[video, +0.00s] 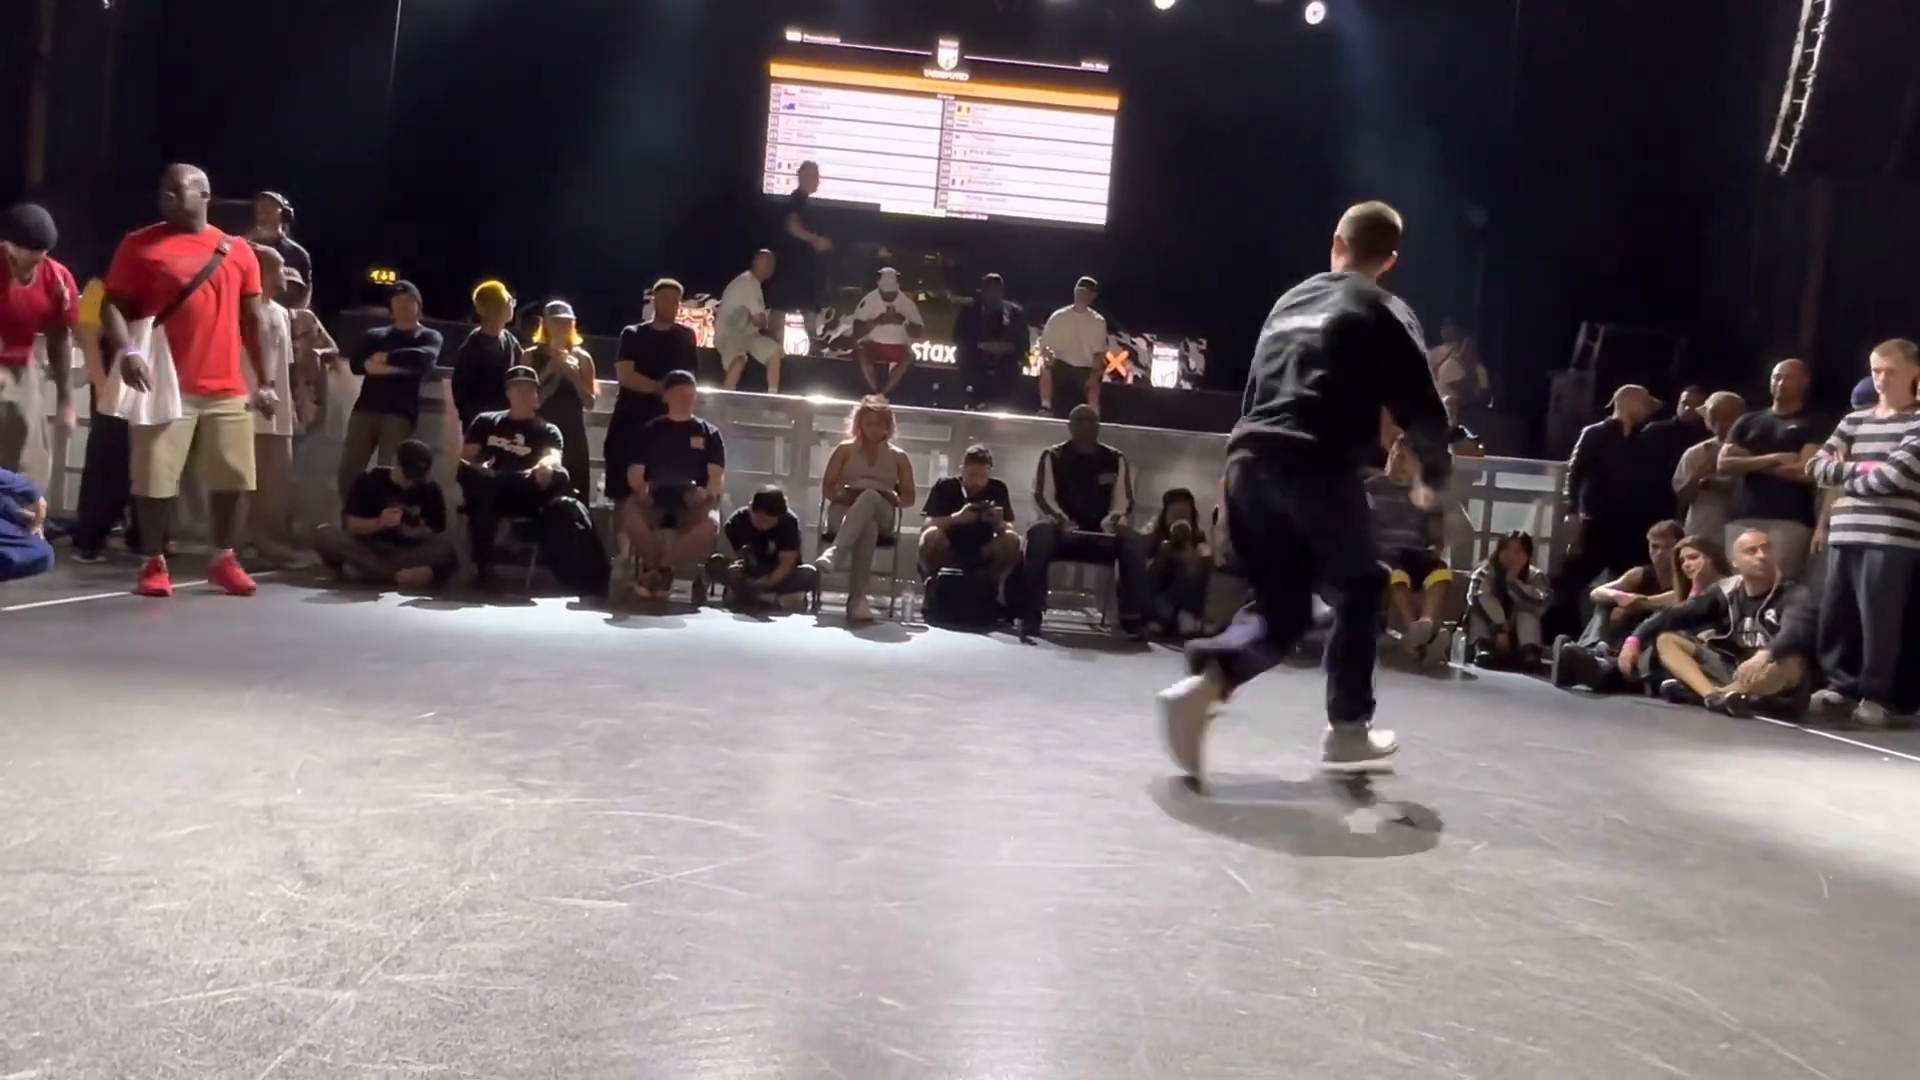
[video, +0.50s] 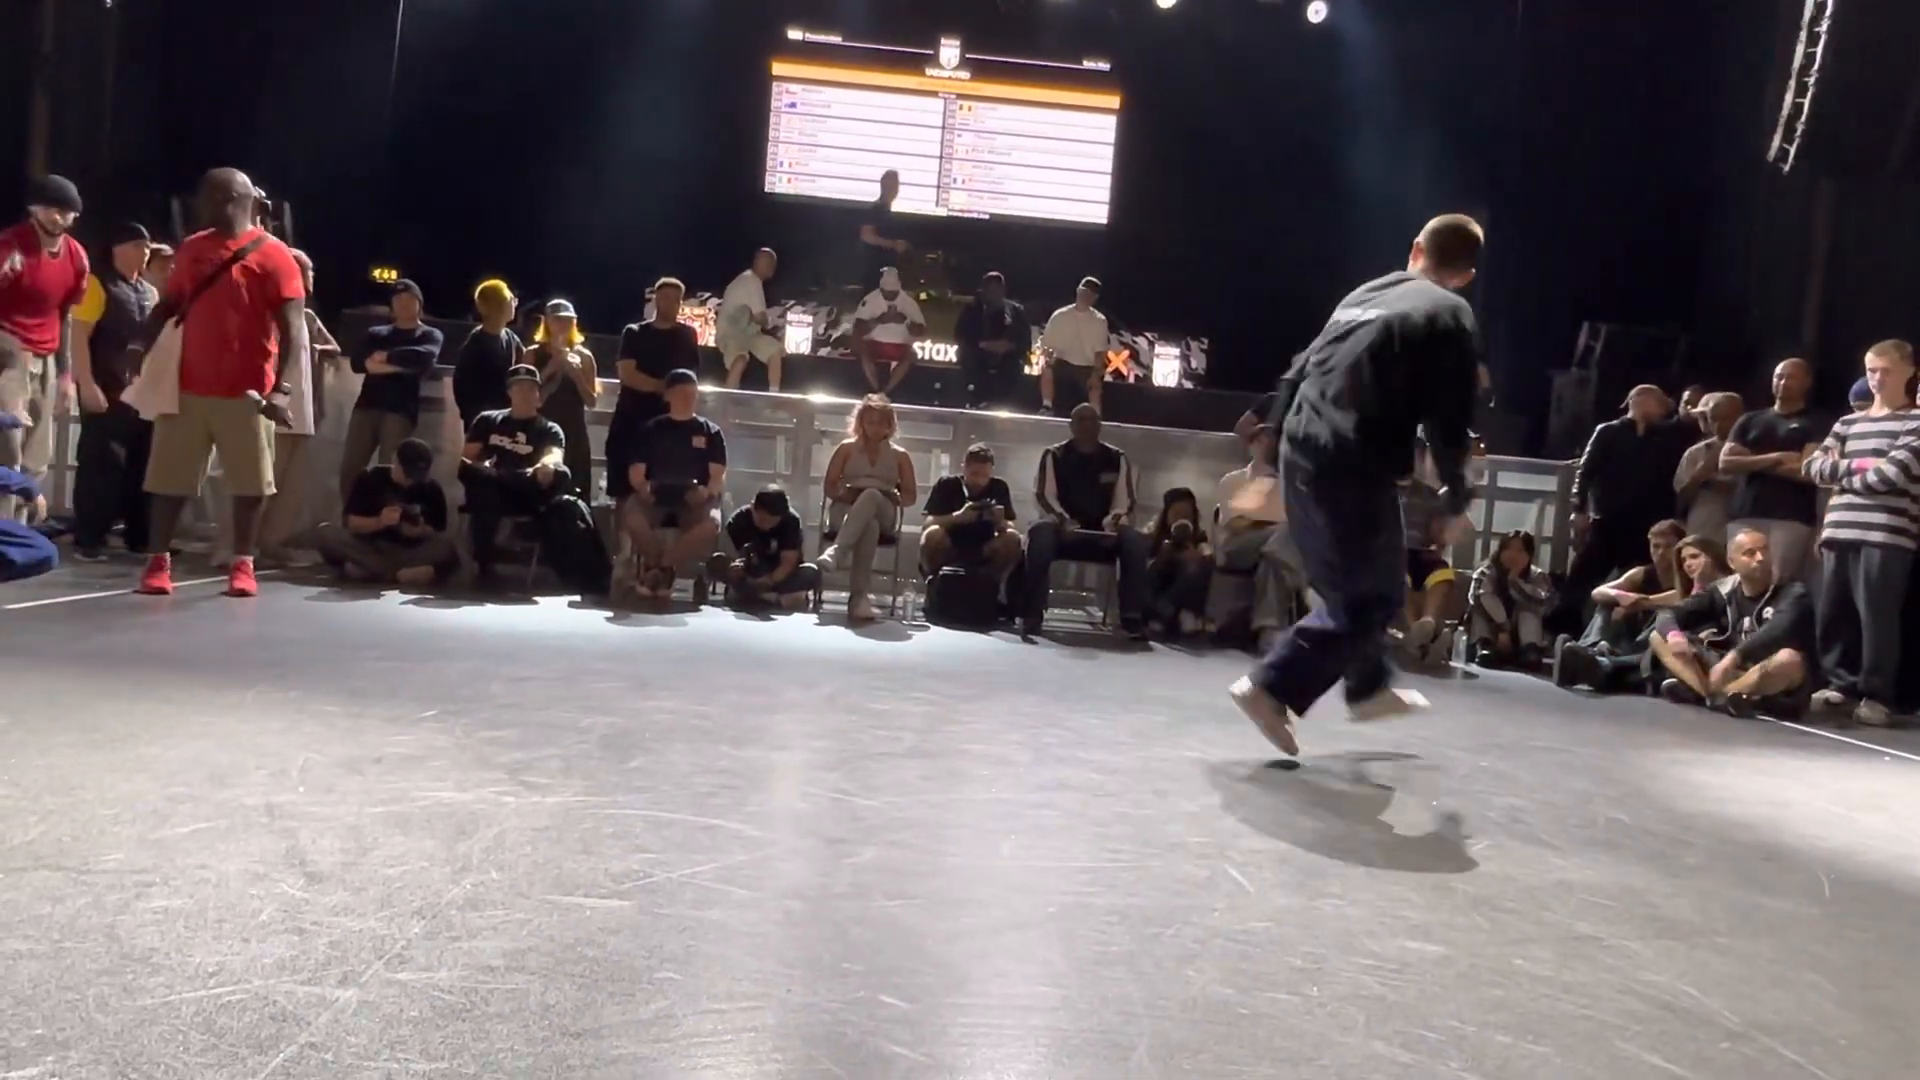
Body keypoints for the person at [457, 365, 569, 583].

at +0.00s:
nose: (527, 395)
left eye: (531, 390)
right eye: (521, 389)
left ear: (537, 395)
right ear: (508, 393)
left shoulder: (549, 430)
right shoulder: (485, 422)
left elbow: (551, 458)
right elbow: (464, 464)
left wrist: (543, 469)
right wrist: (480, 468)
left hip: (528, 485)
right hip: (493, 483)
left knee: (558, 477)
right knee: (473, 479)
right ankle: (483, 566)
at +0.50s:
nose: (527, 394)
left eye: (532, 389)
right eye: (522, 388)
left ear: (539, 395)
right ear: (509, 392)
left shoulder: (550, 429)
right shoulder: (487, 420)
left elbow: (553, 457)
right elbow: (467, 462)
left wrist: (546, 466)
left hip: (531, 488)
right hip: (494, 485)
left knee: (560, 475)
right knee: (481, 484)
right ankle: (484, 566)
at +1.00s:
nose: (525, 394)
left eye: (530, 389)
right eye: (519, 388)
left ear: (538, 395)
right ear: (508, 392)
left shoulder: (549, 430)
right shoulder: (487, 421)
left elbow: (553, 457)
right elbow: (465, 462)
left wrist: (545, 467)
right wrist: (482, 469)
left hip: (530, 488)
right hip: (493, 486)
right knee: (480, 484)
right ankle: (484, 565)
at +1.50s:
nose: (525, 394)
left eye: (529, 389)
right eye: (519, 389)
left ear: (537, 394)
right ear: (507, 392)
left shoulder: (547, 429)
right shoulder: (486, 421)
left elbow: (552, 454)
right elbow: (464, 460)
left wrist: (546, 464)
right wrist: (480, 468)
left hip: (530, 490)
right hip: (493, 487)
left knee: (568, 507)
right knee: (478, 483)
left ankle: (594, 582)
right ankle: (484, 567)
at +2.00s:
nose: (524, 394)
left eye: (529, 389)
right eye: (519, 388)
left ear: (537, 394)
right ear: (508, 391)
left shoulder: (548, 430)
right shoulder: (486, 421)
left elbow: (552, 456)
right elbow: (466, 460)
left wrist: (546, 465)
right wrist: (486, 471)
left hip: (529, 488)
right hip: (493, 486)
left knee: (557, 478)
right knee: (480, 487)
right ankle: (484, 566)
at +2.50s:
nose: (523, 394)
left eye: (528, 389)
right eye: (518, 388)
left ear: (537, 395)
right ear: (507, 391)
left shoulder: (548, 430)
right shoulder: (486, 421)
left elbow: (553, 458)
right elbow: (466, 461)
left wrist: (548, 467)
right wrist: (488, 471)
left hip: (530, 490)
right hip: (493, 487)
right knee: (482, 492)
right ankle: (485, 568)